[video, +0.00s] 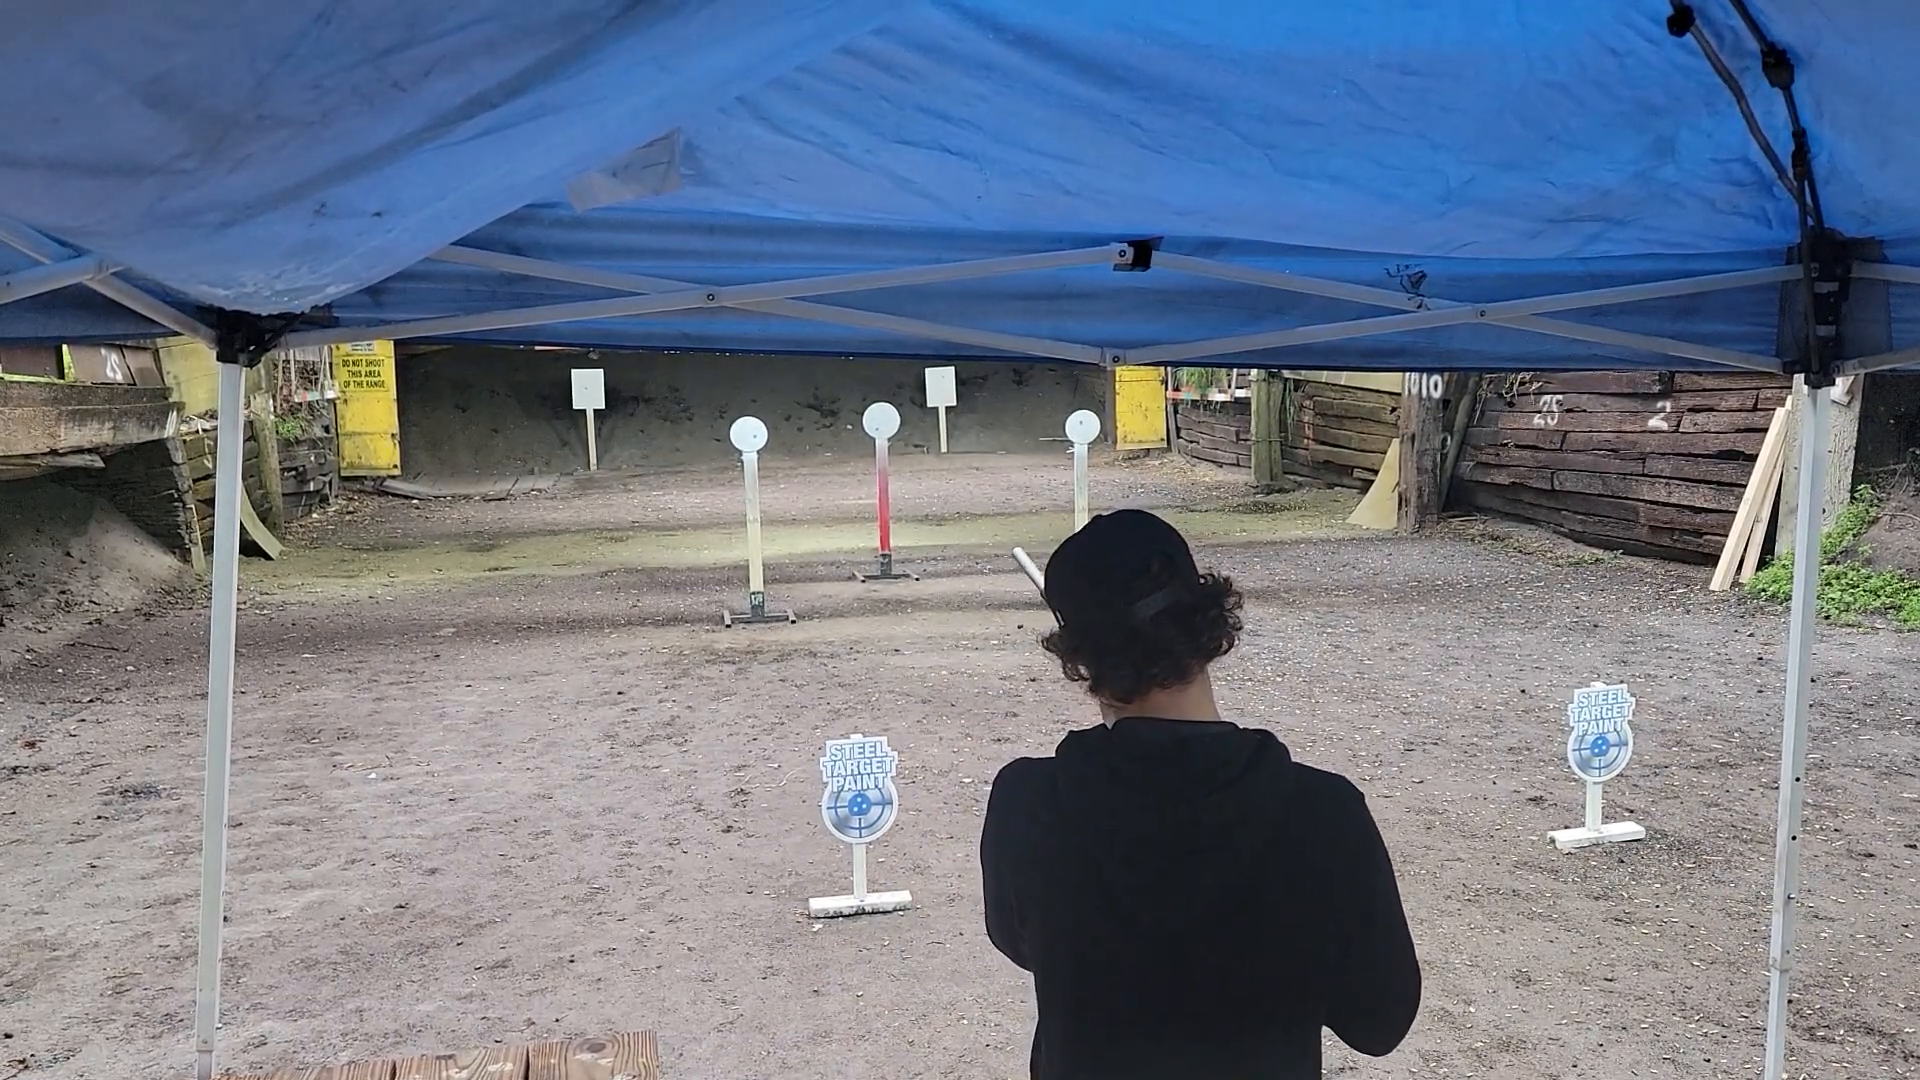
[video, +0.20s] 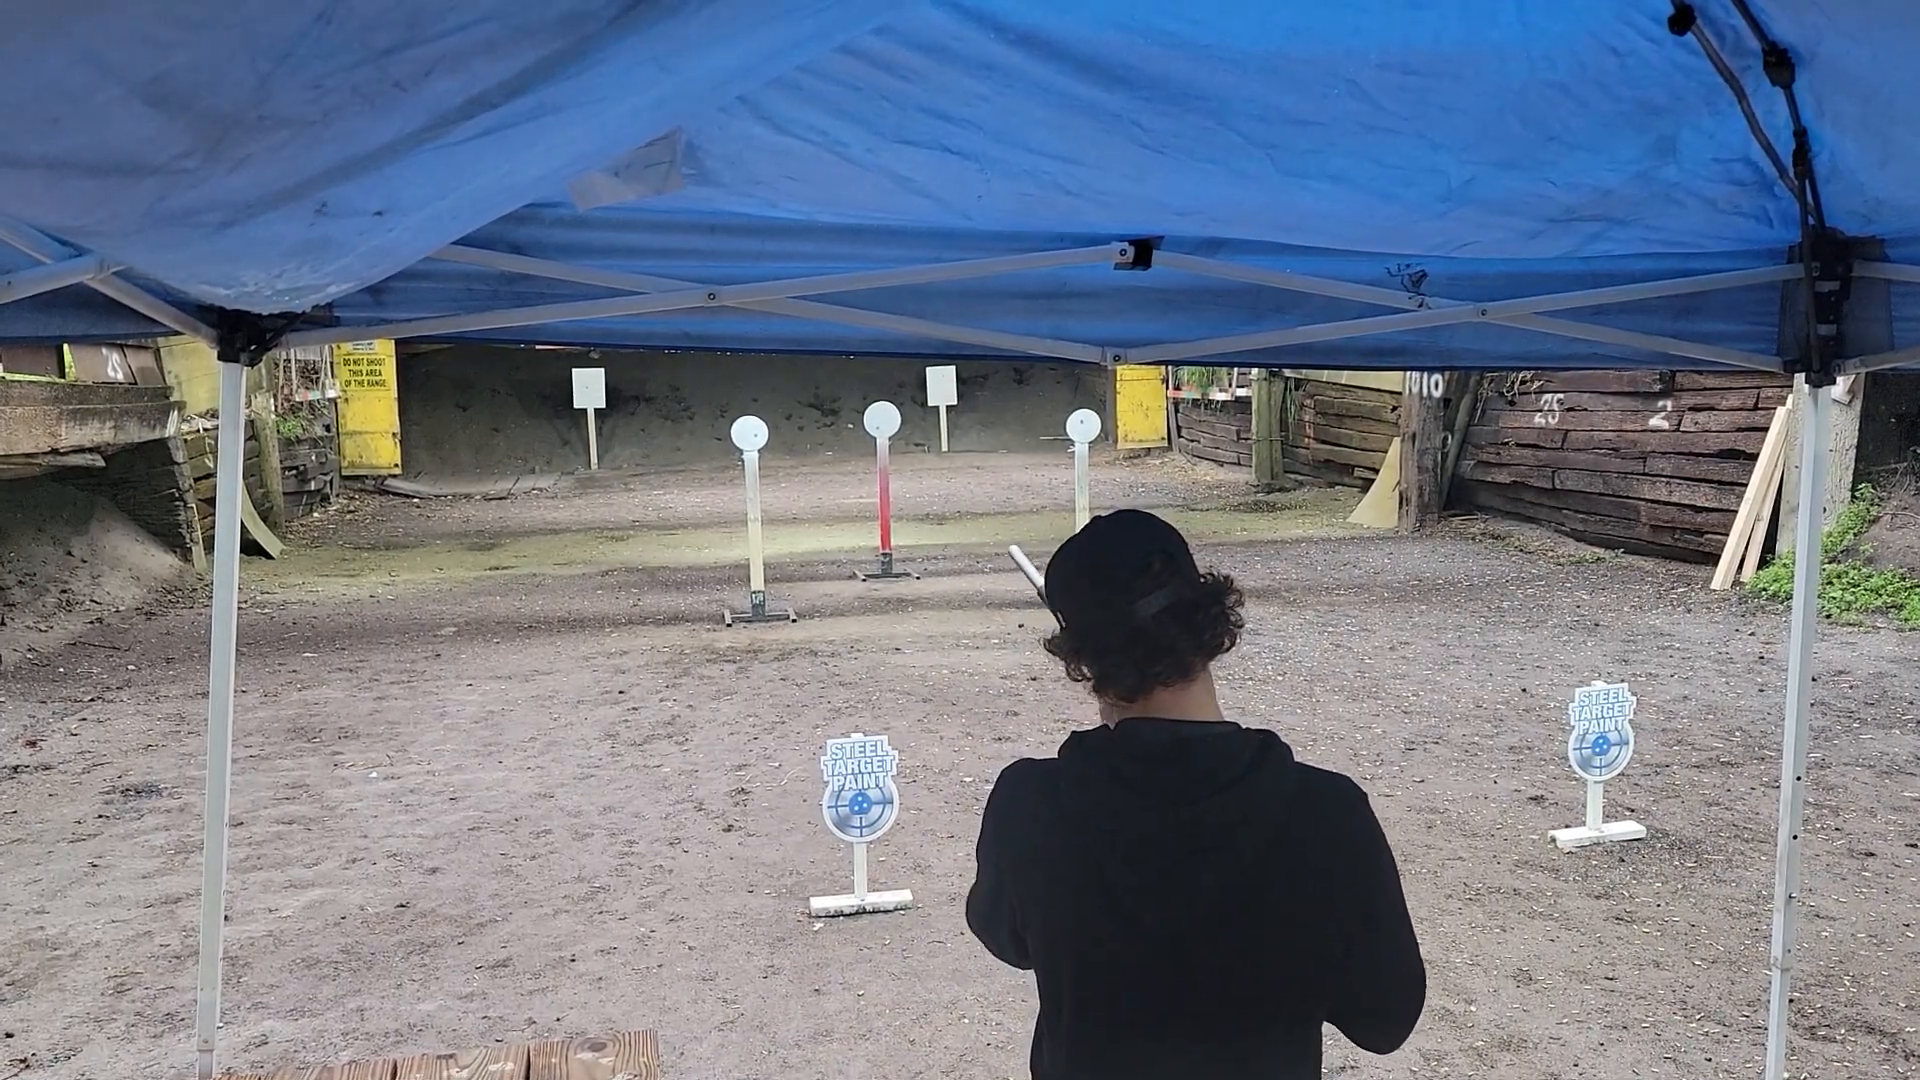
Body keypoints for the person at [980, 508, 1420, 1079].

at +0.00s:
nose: (1066, 659)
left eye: (1066, 641)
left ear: (1075, 652)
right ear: (1207, 618)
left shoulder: (1026, 800)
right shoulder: (1324, 809)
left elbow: (1017, 940)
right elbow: (1381, 1023)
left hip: (1081, 1070)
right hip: (1271, 1070)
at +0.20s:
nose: (1067, 650)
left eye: (1067, 637)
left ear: (1079, 651)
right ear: (1210, 616)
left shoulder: (1029, 802)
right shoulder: (1327, 809)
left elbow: (1007, 938)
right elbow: (1387, 1020)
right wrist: (1273, 922)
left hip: (1086, 1066)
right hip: (1271, 1066)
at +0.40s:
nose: (1065, 653)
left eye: (1066, 640)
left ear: (1081, 656)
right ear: (1210, 619)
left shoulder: (1031, 802)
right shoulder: (1328, 811)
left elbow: (984, 927)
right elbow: (1389, 1016)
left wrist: (1093, 760)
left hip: (1084, 1068)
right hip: (1270, 1069)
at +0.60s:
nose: (1057, 656)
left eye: (1060, 638)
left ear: (1075, 660)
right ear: (1204, 618)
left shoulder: (1031, 804)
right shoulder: (1325, 809)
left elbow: (956, 897)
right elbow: (1417, 989)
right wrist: (1293, 918)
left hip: (1080, 1073)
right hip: (1275, 1073)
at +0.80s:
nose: (1059, 657)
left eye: (1058, 641)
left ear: (1073, 659)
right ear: (1196, 615)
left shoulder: (1032, 797)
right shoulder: (1323, 801)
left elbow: (984, 906)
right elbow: (1422, 973)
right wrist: (1309, 908)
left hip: (1080, 1069)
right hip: (1268, 1069)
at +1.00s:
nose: (1061, 648)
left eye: (1061, 634)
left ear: (1074, 652)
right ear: (1199, 611)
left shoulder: (1026, 795)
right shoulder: (1323, 799)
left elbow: (992, 912)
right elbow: (1417, 974)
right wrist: (1304, 909)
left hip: (1076, 1067)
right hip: (1269, 1067)